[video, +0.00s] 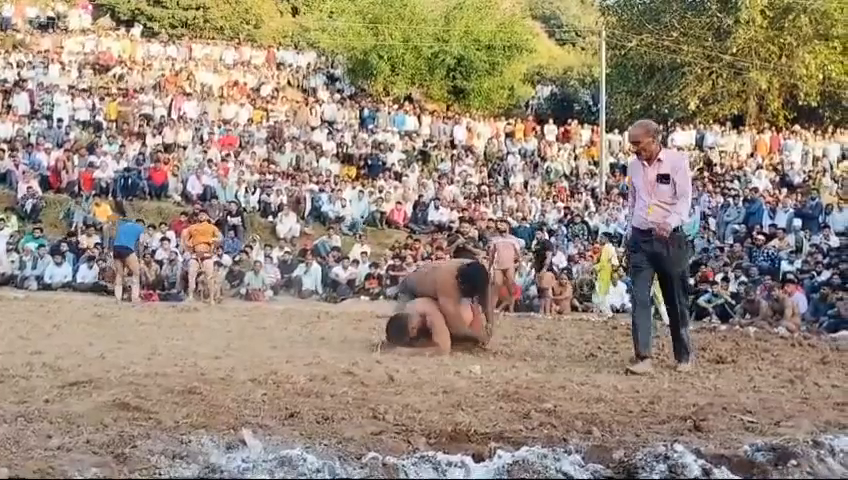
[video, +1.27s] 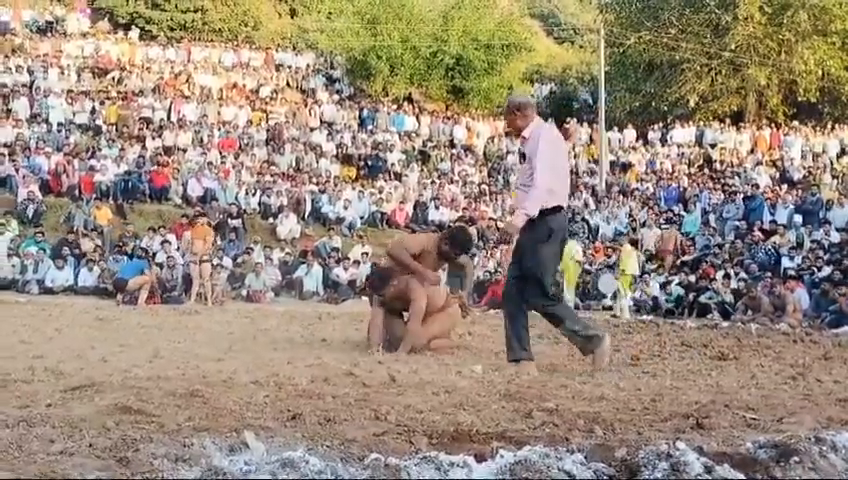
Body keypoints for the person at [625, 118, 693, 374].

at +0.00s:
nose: (637, 151)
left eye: (640, 145)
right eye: (634, 146)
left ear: (655, 140)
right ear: (633, 144)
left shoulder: (676, 160)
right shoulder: (634, 165)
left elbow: (684, 199)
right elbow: (633, 200)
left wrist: (670, 223)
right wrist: (631, 228)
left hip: (669, 235)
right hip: (639, 235)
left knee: (675, 299)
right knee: (640, 297)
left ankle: (683, 356)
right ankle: (642, 356)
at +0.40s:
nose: (596, 137)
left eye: (599, 132)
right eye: (594, 133)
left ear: (615, 126)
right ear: (607, 128)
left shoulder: (643, 147)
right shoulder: (605, 150)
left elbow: (662, 188)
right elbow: (606, 190)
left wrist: (669, 228)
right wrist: (591, 221)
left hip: (640, 223)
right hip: (612, 225)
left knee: (624, 286)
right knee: (620, 288)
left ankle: (631, 353)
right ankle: (626, 350)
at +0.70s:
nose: (575, 132)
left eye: (577, 126)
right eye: (573, 127)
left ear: (591, 117)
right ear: (587, 119)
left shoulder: (618, 138)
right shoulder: (589, 143)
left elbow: (634, 182)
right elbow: (591, 186)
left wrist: (639, 224)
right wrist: (582, 227)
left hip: (613, 220)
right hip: (589, 222)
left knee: (599, 295)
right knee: (578, 294)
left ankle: (610, 361)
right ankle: (609, 335)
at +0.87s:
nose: (560, 125)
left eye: (561, 118)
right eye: (559, 119)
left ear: (575, 111)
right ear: (573, 112)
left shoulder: (603, 135)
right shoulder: (578, 139)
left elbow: (607, 180)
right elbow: (578, 182)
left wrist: (592, 216)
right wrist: (568, 211)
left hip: (597, 218)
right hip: (575, 218)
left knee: (599, 294)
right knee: (552, 284)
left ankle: (611, 362)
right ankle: (578, 345)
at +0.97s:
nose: (551, 126)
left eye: (551, 119)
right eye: (549, 120)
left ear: (565, 111)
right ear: (565, 111)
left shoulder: (594, 135)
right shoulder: (572, 140)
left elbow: (590, 178)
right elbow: (571, 183)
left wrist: (563, 210)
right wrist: (559, 214)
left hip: (590, 217)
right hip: (570, 218)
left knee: (598, 291)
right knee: (548, 284)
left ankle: (615, 359)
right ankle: (540, 351)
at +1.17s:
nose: (521, 128)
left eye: (522, 122)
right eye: (520, 122)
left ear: (532, 115)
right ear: (537, 114)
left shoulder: (559, 137)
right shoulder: (547, 141)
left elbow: (554, 182)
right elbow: (553, 183)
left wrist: (528, 210)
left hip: (561, 223)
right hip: (544, 223)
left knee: (576, 293)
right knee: (521, 291)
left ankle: (613, 357)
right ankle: (521, 356)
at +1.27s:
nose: (507, 125)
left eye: (508, 119)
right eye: (506, 119)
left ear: (520, 114)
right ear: (524, 113)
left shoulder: (545, 135)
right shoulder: (535, 138)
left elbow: (543, 183)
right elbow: (536, 184)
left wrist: (520, 217)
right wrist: (521, 211)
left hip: (548, 221)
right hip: (535, 221)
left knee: (539, 294)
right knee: (513, 294)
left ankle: (594, 340)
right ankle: (520, 357)